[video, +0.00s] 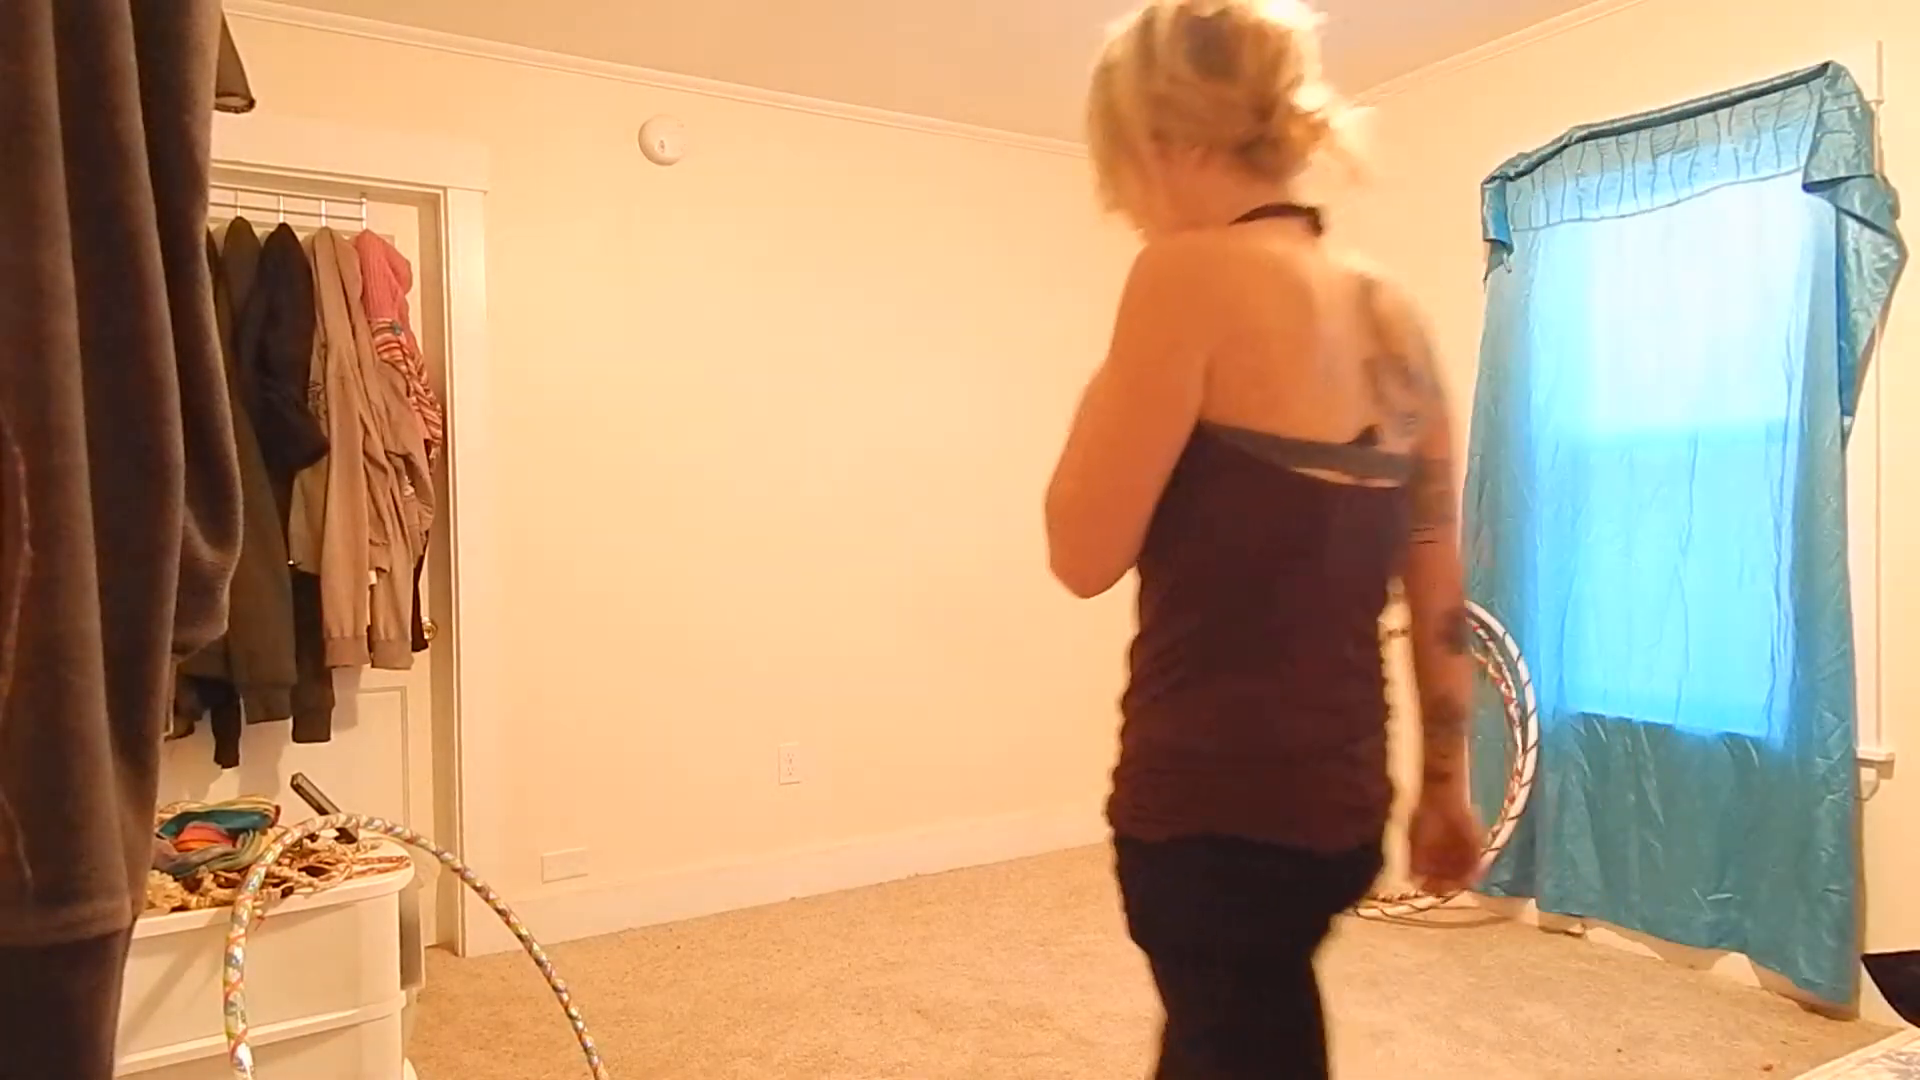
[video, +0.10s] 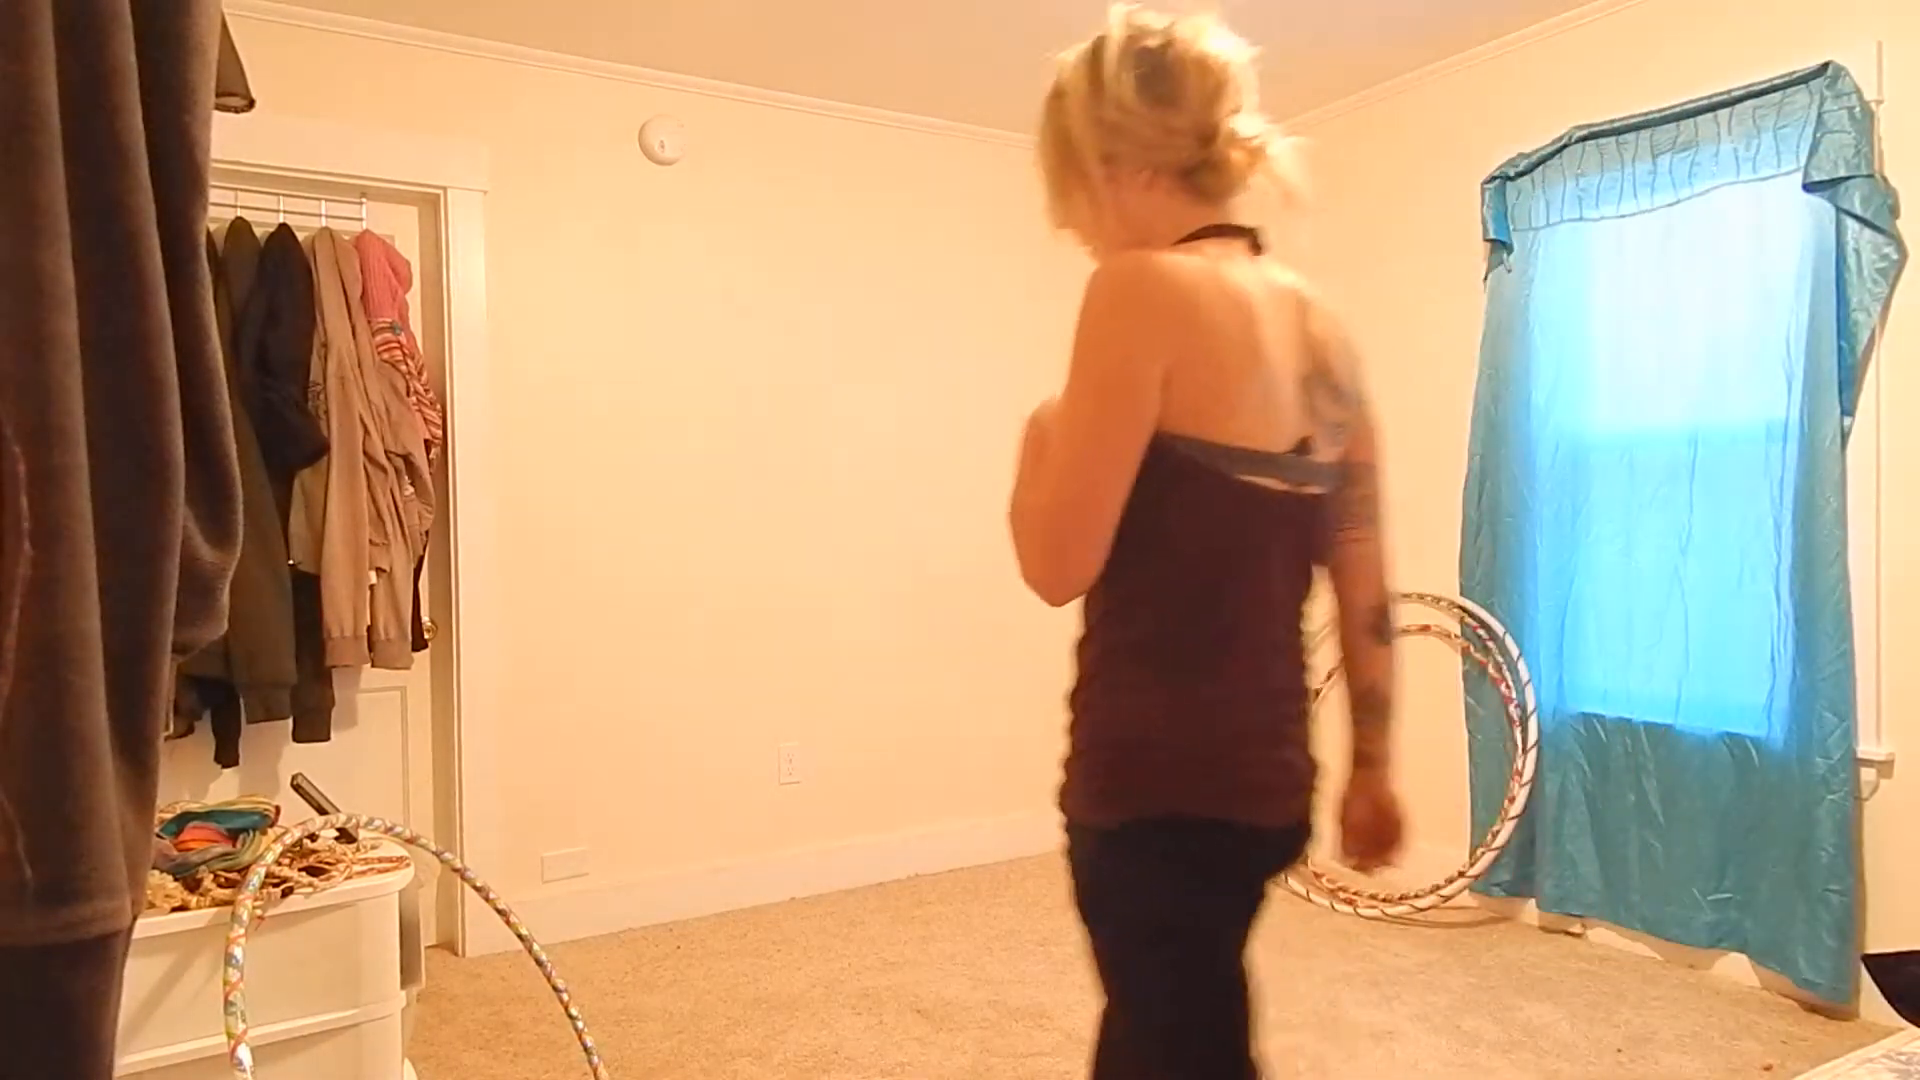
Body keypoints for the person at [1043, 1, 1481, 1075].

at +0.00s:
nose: (1128, 203)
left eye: (1124, 170)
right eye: (1120, 173)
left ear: (1169, 143)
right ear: (1288, 136)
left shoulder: (1190, 276)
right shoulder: (1393, 313)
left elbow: (1083, 555)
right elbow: (1436, 570)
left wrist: (1132, 371)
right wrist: (1446, 772)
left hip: (1205, 810)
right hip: (1339, 809)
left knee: (1262, 1070)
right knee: (1209, 1060)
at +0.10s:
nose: (1070, 220)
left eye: (1072, 186)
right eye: (1065, 190)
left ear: (1125, 166)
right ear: (1220, 161)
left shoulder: (1143, 288)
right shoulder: (1316, 324)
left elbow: (1055, 564)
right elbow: (1362, 570)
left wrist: (1041, 436)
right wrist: (1373, 762)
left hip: (1153, 790)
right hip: (1262, 785)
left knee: (1191, 1062)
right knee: (1152, 1053)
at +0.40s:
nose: (935, 264)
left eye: (932, 237)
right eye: (929, 240)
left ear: (973, 203)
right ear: (1048, 192)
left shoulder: (1023, 310)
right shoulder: (1134, 321)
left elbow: (986, 560)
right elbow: (1173, 556)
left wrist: (864, 614)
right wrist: (1122, 676)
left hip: (1023, 761)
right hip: (1119, 754)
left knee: (887, 997)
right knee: (1077, 1032)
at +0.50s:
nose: (883, 265)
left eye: (886, 234)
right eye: (877, 239)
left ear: (943, 209)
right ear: (990, 202)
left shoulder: (971, 326)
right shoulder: (1082, 331)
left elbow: (906, 559)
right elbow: (1122, 565)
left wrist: (767, 667)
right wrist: (1042, 671)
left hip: (980, 751)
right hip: (1083, 742)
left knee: (840, 1043)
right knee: (1061, 1036)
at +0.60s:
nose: (823, 273)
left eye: (824, 244)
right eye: (817, 247)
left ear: (876, 225)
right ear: (934, 214)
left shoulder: (904, 352)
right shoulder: (1033, 342)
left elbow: (787, 571)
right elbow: (1072, 562)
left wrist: (647, 702)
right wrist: (987, 674)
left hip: (926, 756)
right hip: (1044, 748)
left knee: (810, 1030)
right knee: (1031, 1029)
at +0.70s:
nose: (746, 277)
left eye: (747, 247)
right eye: (742, 250)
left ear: (795, 236)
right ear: (869, 219)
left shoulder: (811, 374)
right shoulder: (972, 349)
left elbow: (669, 590)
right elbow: (1032, 557)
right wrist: (965, 676)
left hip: (879, 755)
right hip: (1011, 740)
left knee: (782, 1029)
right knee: (998, 1005)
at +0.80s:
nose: (672, 296)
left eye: (672, 268)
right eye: (665, 271)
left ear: (711, 253)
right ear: (791, 237)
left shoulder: (729, 392)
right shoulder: (915, 357)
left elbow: (569, 617)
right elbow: (997, 553)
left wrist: (392, 782)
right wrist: (967, 689)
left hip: (849, 754)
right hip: (988, 735)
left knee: (757, 1012)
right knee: (1006, 981)